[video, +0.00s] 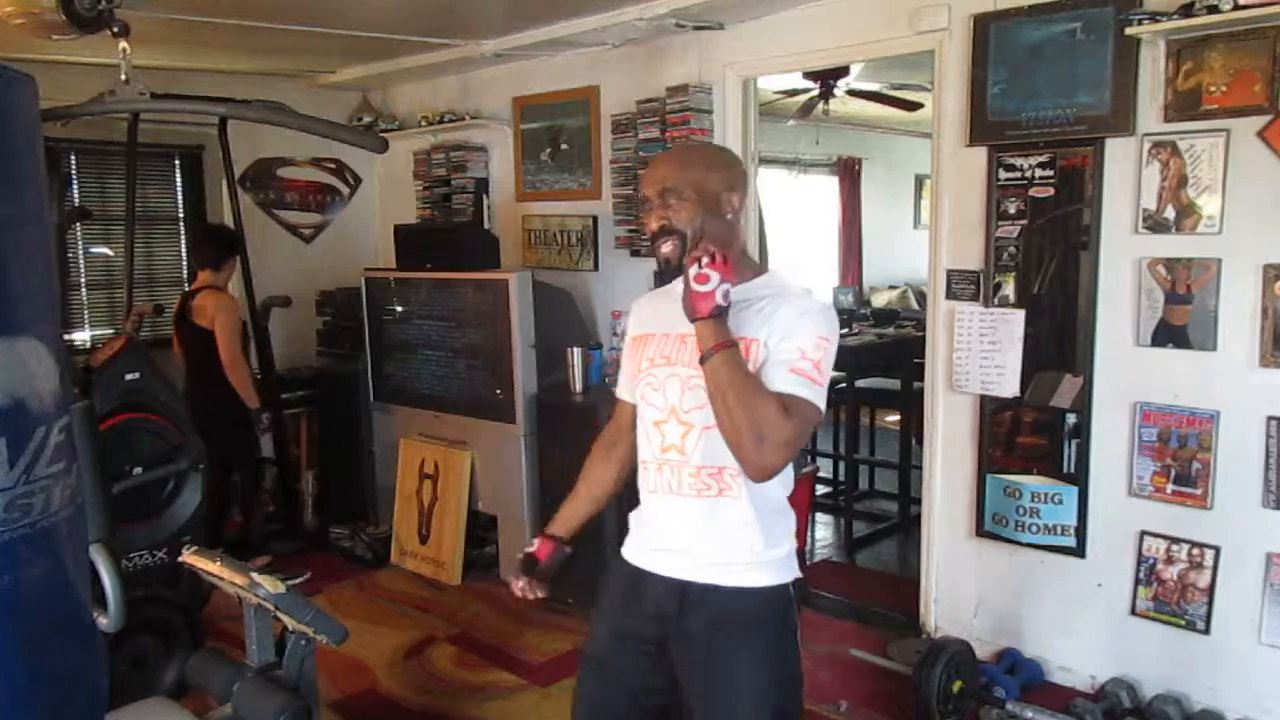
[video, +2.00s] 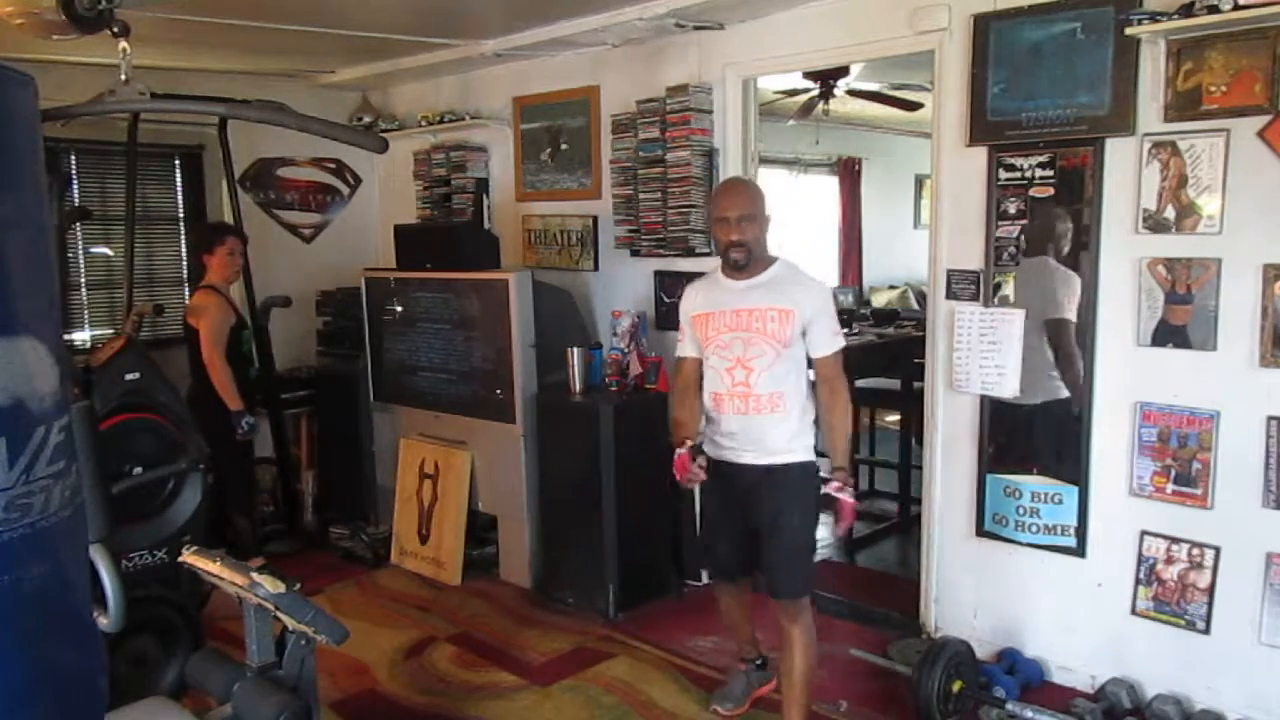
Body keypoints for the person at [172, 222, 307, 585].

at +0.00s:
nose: (235, 267)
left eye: (235, 261)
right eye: (235, 260)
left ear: (198, 260)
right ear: (229, 263)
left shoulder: (186, 301)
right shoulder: (224, 303)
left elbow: (181, 351)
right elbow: (232, 361)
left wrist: (202, 379)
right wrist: (256, 404)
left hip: (199, 400)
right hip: (226, 401)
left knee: (217, 471)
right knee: (250, 469)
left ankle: (211, 544)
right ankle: (252, 549)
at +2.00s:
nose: (238, 261)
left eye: (240, 254)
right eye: (230, 253)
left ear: (242, 259)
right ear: (207, 258)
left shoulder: (216, 297)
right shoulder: (211, 303)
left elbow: (221, 356)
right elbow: (214, 360)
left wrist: (243, 400)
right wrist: (238, 409)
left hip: (216, 400)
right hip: (219, 405)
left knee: (230, 479)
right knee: (236, 480)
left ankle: (231, 548)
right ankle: (243, 551)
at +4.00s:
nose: (243, 271)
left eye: (248, 264)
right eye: (236, 262)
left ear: (252, 263)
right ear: (215, 260)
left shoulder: (232, 296)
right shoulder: (210, 301)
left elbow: (237, 355)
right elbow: (207, 361)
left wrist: (253, 398)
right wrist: (230, 412)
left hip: (238, 402)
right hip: (219, 407)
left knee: (239, 481)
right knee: (231, 483)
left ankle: (241, 549)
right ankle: (233, 552)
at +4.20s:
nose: (244, 273)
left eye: (249, 265)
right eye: (236, 265)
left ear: (255, 262)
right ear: (215, 262)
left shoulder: (243, 292)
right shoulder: (210, 303)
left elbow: (246, 350)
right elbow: (202, 365)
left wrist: (262, 391)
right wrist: (221, 418)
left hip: (247, 402)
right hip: (225, 407)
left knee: (244, 480)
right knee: (232, 484)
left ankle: (243, 548)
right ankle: (230, 552)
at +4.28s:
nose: (244, 273)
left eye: (250, 266)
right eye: (237, 265)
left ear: (255, 263)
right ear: (216, 261)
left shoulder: (244, 294)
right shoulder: (211, 304)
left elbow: (246, 346)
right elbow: (201, 367)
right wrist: (218, 421)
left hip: (251, 405)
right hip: (229, 411)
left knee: (247, 482)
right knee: (236, 486)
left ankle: (246, 548)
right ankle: (233, 553)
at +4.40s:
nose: (244, 274)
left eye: (249, 267)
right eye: (236, 266)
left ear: (256, 263)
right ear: (216, 262)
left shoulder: (248, 294)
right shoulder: (212, 306)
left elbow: (254, 351)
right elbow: (199, 369)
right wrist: (213, 424)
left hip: (259, 406)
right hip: (234, 411)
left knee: (252, 483)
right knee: (240, 487)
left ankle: (250, 548)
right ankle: (238, 553)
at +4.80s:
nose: (235, 279)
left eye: (243, 270)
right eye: (227, 271)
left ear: (257, 263)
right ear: (214, 265)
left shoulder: (271, 300)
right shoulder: (210, 311)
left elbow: (288, 354)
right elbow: (194, 377)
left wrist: (324, 395)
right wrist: (204, 434)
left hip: (276, 414)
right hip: (234, 420)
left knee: (295, 481)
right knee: (241, 498)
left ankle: (294, 557)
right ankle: (243, 566)